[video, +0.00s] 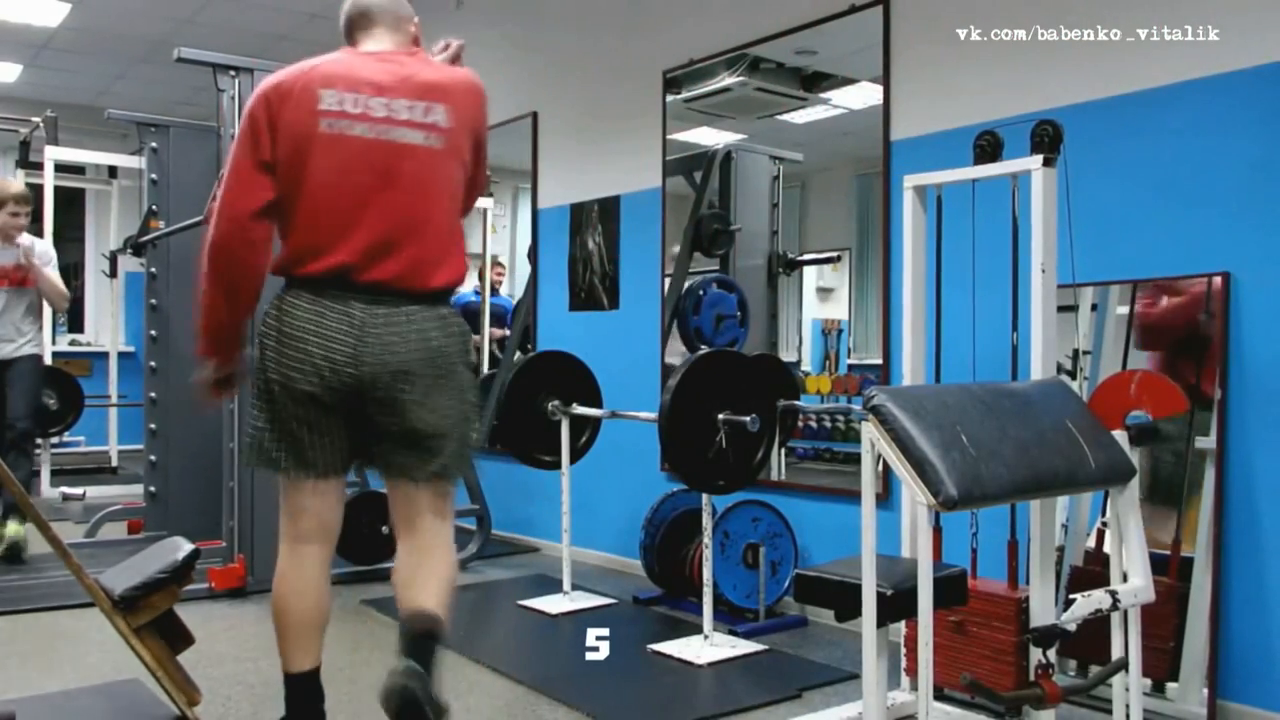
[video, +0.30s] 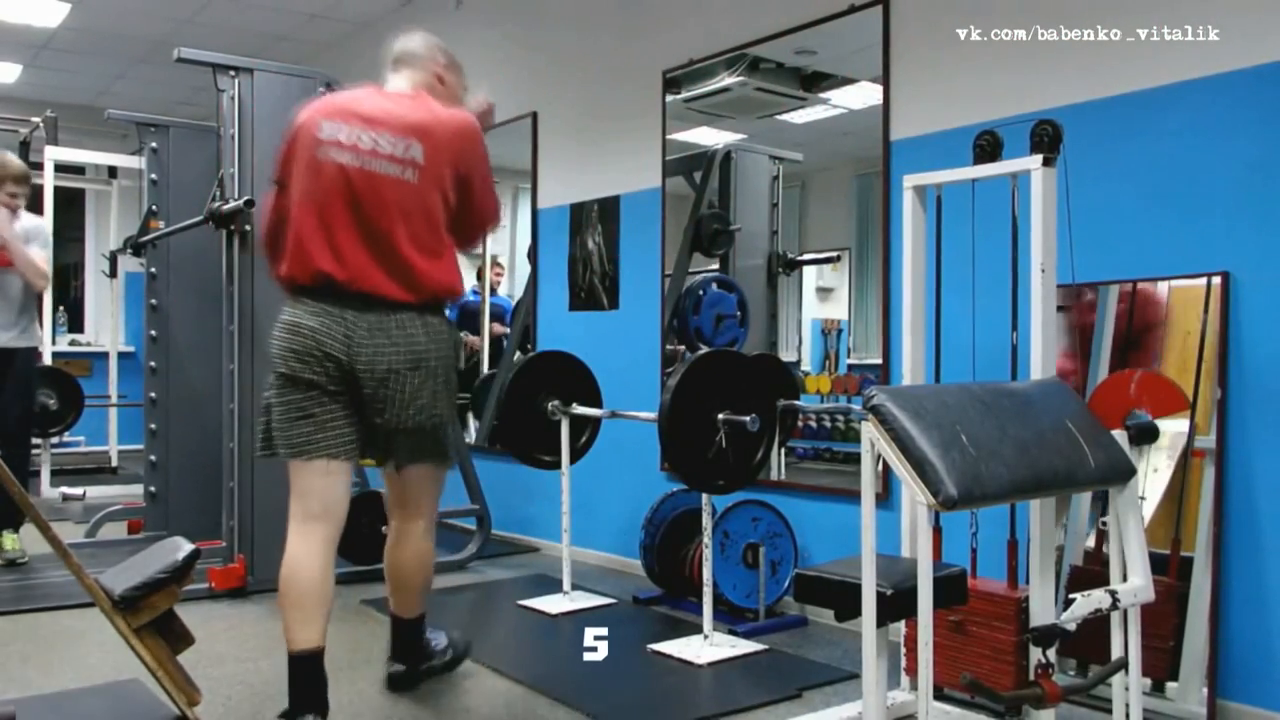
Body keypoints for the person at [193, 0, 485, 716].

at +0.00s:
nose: (424, 40)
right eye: (421, 32)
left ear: (344, 32)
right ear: (419, 34)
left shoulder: (283, 90)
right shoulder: (462, 94)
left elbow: (234, 225)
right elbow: (466, 190)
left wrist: (220, 349)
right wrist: (446, 83)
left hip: (307, 326)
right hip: (419, 331)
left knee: (306, 535)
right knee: (424, 520)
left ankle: (303, 709)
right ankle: (417, 665)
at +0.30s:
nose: (457, 102)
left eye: (456, 93)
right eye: (458, 92)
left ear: (390, 71)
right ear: (441, 77)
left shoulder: (315, 114)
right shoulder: (454, 127)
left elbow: (275, 230)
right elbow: (473, 227)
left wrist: (310, 286)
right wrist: (465, 136)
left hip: (311, 326)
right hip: (409, 335)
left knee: (311, 522)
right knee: (411, 513)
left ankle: (306, 704)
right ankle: (408, 654)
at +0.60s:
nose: (501, 125)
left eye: (501, 117)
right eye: (503, 116)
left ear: (445, 93)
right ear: (489, 103)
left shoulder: (367, 137)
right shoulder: (501, 162)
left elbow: (317, 238)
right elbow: (517, 274)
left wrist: (332, 316)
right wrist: (470, 277)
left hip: (373, 332)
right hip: (456, 339)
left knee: (363, 472)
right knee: (434, 502)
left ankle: (341, 583)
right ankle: (415, 653)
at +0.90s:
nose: (519, 152)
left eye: (520, 145)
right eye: (521, 144)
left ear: (468, 123)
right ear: (508, 131)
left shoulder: (402, 165)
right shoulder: (519, 170)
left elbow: (350, 256)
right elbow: (537, 274)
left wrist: (365, 350)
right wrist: (550, 372)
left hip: (412, 335)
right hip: (483, 340)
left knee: (436, 481)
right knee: (453, 497)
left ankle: (454, 594)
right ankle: (415, 648)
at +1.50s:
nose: (591, 188)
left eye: (596, 182)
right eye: (594, 178)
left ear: (563, 145)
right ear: (583, 156)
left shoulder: (506, 177)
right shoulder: (559, 185)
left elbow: (499, 272)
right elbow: (579, 284)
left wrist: (561, 341)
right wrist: (616, 368)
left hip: (475, 328)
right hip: (526, 331)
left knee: (491, 472)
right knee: (572, 473)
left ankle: (471, 604)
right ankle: (598, 609)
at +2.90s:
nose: (671, 232)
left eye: (674, 227)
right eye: (674, 226)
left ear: (635, 197)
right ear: (664, 209)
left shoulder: (583, 213)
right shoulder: (653, 226)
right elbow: (628, 315)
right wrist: (636, 404)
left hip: (505, 323)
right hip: (558, 327)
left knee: (532, 472)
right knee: (586, 478)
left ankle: (530, 598)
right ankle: (587, 616)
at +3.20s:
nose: (668, 224)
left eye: (671, 219)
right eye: (671, 217)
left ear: (628, 191)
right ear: (658, 200)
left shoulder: (575, 211)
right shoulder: (649, 222)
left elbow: (537, 286)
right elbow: (628, 313)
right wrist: (637, 403)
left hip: (502, 325)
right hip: (557, 330)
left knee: (529, 474)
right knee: (591, 474)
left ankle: (530, 599)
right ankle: (587, 614)